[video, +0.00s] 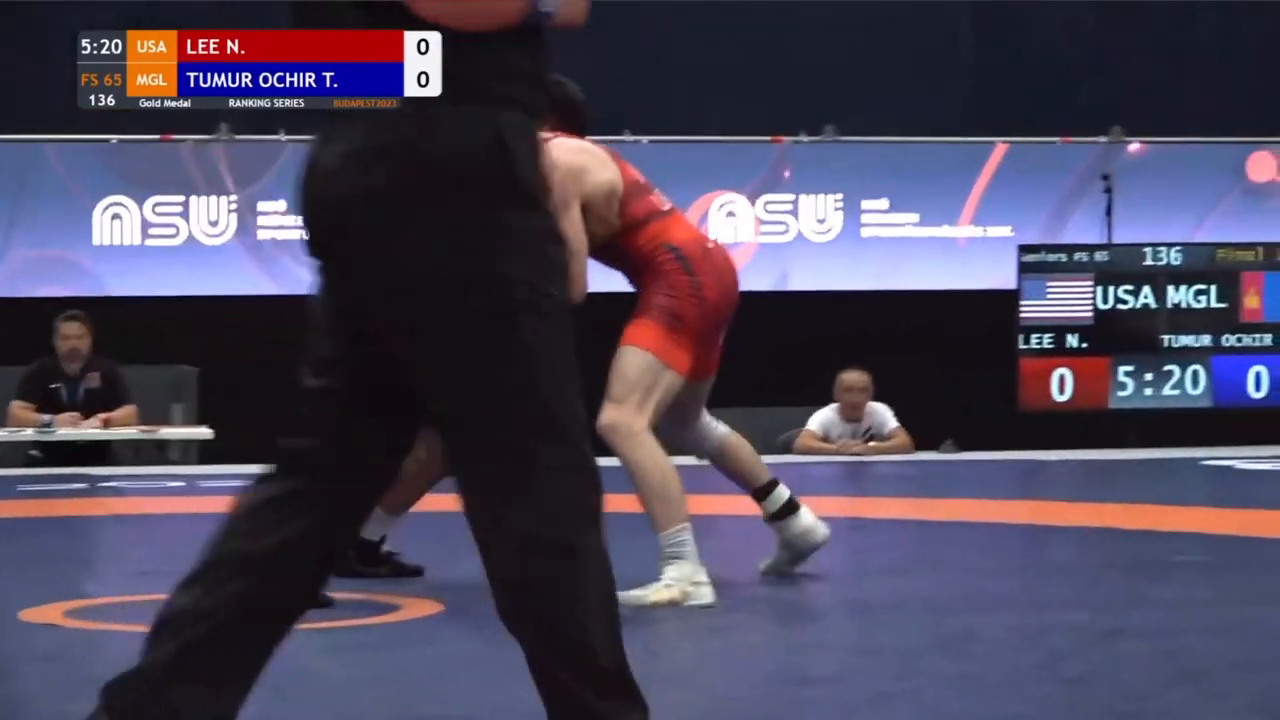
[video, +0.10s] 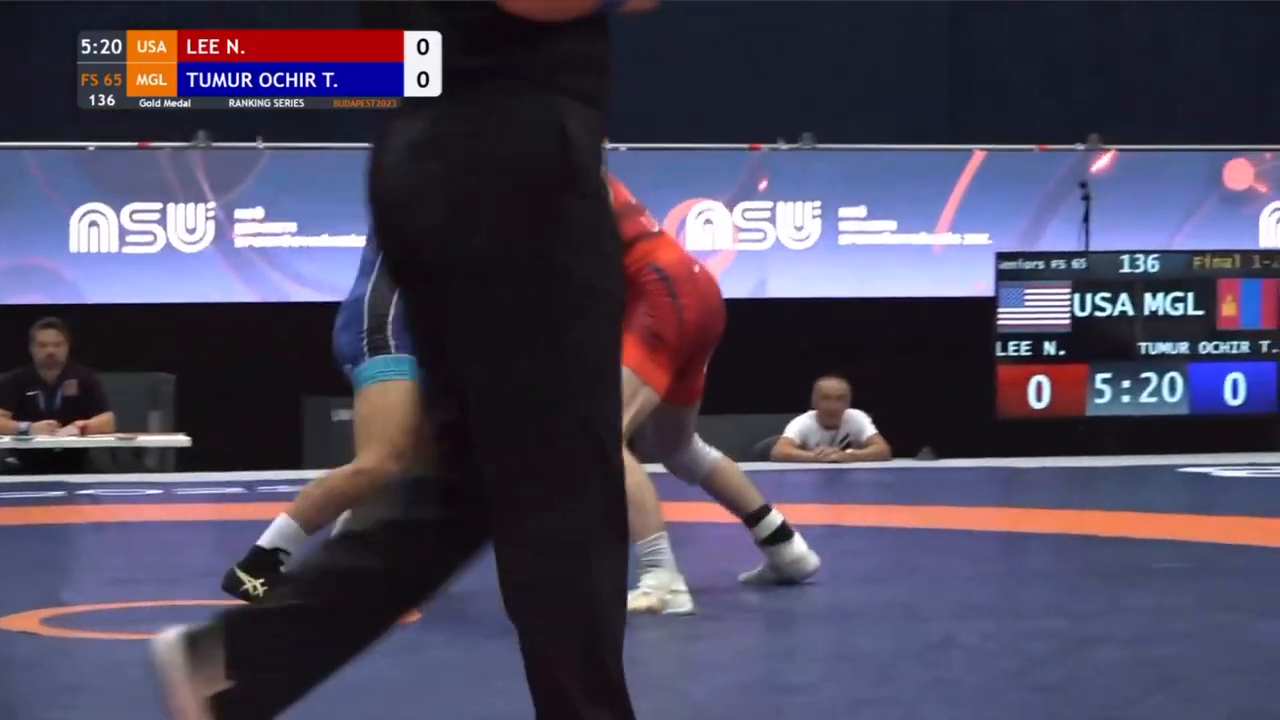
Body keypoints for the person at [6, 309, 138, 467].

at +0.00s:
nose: (73, 345)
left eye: (79, 338)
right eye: (65, 338)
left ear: (90, 340)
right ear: (55, 342)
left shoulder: (107, 371)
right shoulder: (40, 372)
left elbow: (131, 415)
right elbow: (15, 415)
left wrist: (102, 420)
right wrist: (52, 421)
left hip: (97, 456)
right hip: (49, 457)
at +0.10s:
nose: (50, 352)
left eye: (57, 345)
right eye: (42, 346)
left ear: (68, 347)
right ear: (31, 348)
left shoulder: (85, 379)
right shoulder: (14, 382)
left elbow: (108, 423)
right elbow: (2, 422)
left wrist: (78, 427)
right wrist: (29, 429)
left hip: (75, 465)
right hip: (27, 467)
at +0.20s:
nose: (28, 357)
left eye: (35, 351)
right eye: (21, 351)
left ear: (45, 353)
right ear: (9, 354)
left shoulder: (62, 383)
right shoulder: (4, 386)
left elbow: (86, 428)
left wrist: (55, 433)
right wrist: (7, 434)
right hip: (8, 473)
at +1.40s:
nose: (32, 371)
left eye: (38, 365)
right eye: (26, 366)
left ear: (48, 367)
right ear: (14, 368)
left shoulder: (64, 397)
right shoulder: (4, 399)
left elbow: (88, 438)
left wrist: (58, 444)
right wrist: (11, 445)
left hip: (57, 481)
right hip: (13, 483)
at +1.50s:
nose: (46, 371)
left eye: (52, 365)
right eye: (39, 366)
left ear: (62, 368)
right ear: (28, 369)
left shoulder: (78, 398)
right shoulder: (13, 400)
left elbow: (101, 439)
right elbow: (2, 438)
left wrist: (72, 444)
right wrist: (25, 445)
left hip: (71, 481)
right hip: (26, 482)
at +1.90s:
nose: (31, 374)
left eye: (37, 367)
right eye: (24, 368)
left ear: (46, 370)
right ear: (13, 371)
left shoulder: (64, 401)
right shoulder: (5, 402)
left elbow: (87, 443)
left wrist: (57, 448)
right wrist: (9, 448)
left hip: (54, 486)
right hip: (11, 488)